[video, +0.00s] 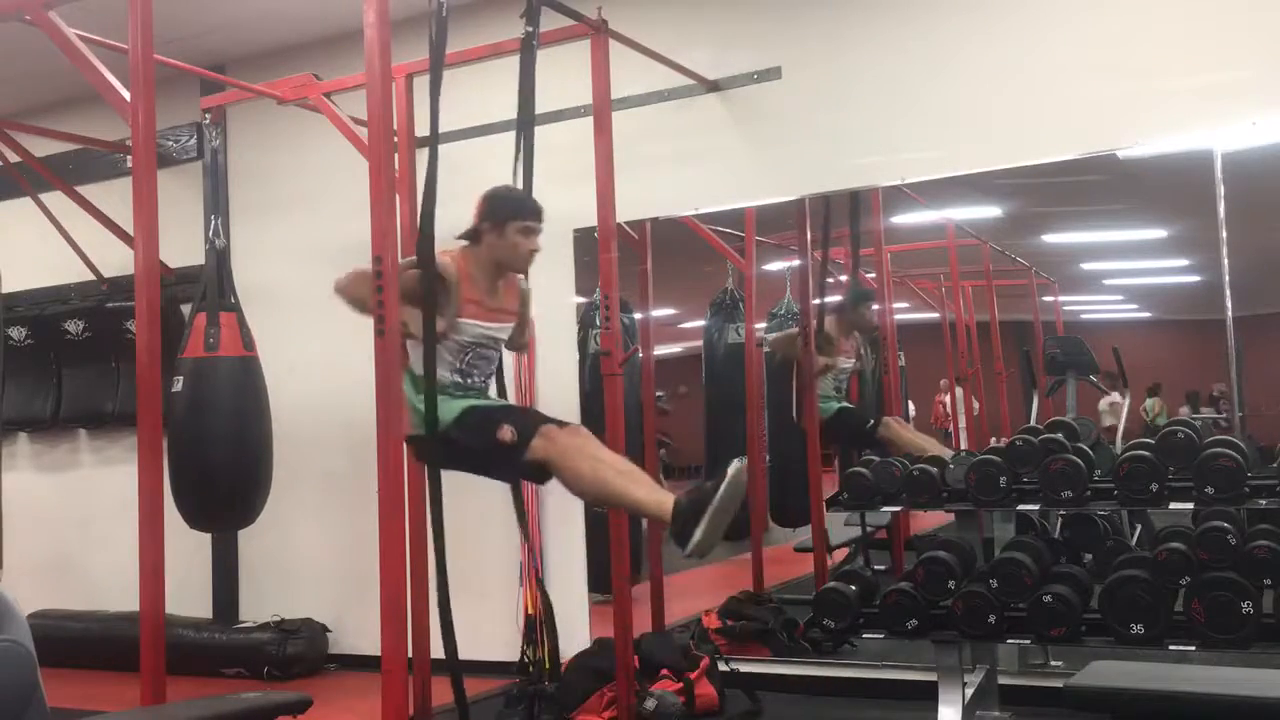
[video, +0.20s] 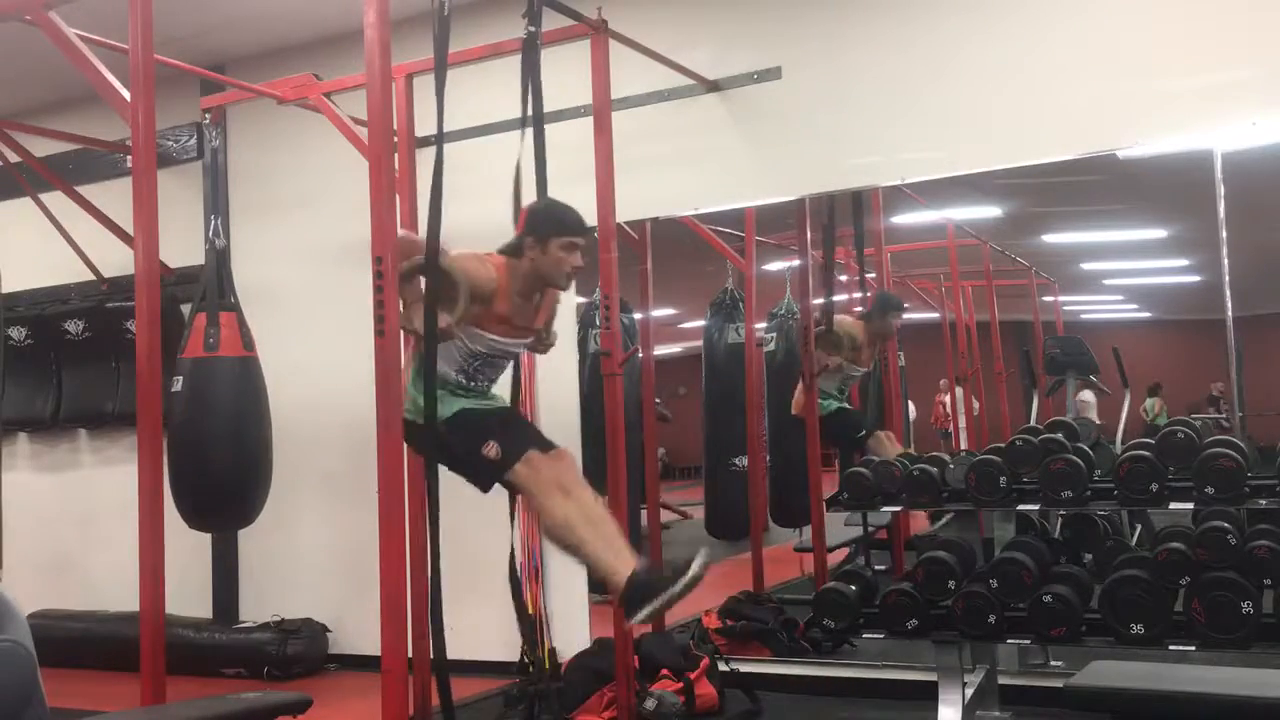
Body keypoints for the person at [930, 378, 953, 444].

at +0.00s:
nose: (943, 388)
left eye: (945, 386)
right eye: (942, 386)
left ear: (948, 386)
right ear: (940, 387)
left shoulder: (950, 396)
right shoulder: (938, 397)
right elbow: (935, 410)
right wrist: (933, 420)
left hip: (949, 423)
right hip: (940, 423)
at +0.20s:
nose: (942, 387)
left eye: (944, 385)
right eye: (941, 385)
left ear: (948, 386)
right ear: (940, 386)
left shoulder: (950, 396)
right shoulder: (938, 396)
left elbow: (953, 408)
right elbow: (935, 409)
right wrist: (933, 419)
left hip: (949, 421)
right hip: (940, 421)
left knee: (951, 439)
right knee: (942, 440)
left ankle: (952, 452)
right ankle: (944, 453)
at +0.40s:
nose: (942, 387)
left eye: (944, 385)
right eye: (941, 385)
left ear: (947, 386)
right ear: (940, 386)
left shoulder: (950, 396)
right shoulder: (938, 396)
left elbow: (953, 408)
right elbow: (935, 409)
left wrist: (953, 420)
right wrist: (933, 419)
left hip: (949, 421)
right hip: (940, 422)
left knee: (951, 439)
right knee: (943, 440)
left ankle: (952, 452)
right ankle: (944, 453)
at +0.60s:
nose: (942, 387)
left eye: (944, 385)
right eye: (941, 385)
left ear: (948, 386)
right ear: (940, 386)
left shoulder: (950, 395)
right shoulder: (938, 396)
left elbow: (953, 408)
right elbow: (935, 409)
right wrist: (933, 419)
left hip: (949, 421)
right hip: (940, 421)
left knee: (951, 439)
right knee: (943, 440)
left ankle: (952, 452)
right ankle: (944, 453)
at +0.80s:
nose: (942, 387)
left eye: (944, 385)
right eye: (941, 385)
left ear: (947, 386)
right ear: (939, 386)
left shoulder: (949, 396)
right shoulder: (938, 396)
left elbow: (952, 408)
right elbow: (935, 409)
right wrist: (933, 419)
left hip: (949, 421)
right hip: (940, 421)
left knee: (950, 438)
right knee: (942, 439)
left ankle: (951, 452)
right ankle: (944, 453)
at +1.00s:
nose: (942, 387)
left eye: (943, 385)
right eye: (941, 385)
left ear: (947, 386)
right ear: (939, 386)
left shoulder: (949, 395)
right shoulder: (938, 396)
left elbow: (952, 408)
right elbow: (935, 408)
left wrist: (952, 420)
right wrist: (933, 419)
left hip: (948, 421)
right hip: (940, 422)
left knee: (950, 439)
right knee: (942, 440)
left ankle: (951, 453)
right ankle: (944, 453)